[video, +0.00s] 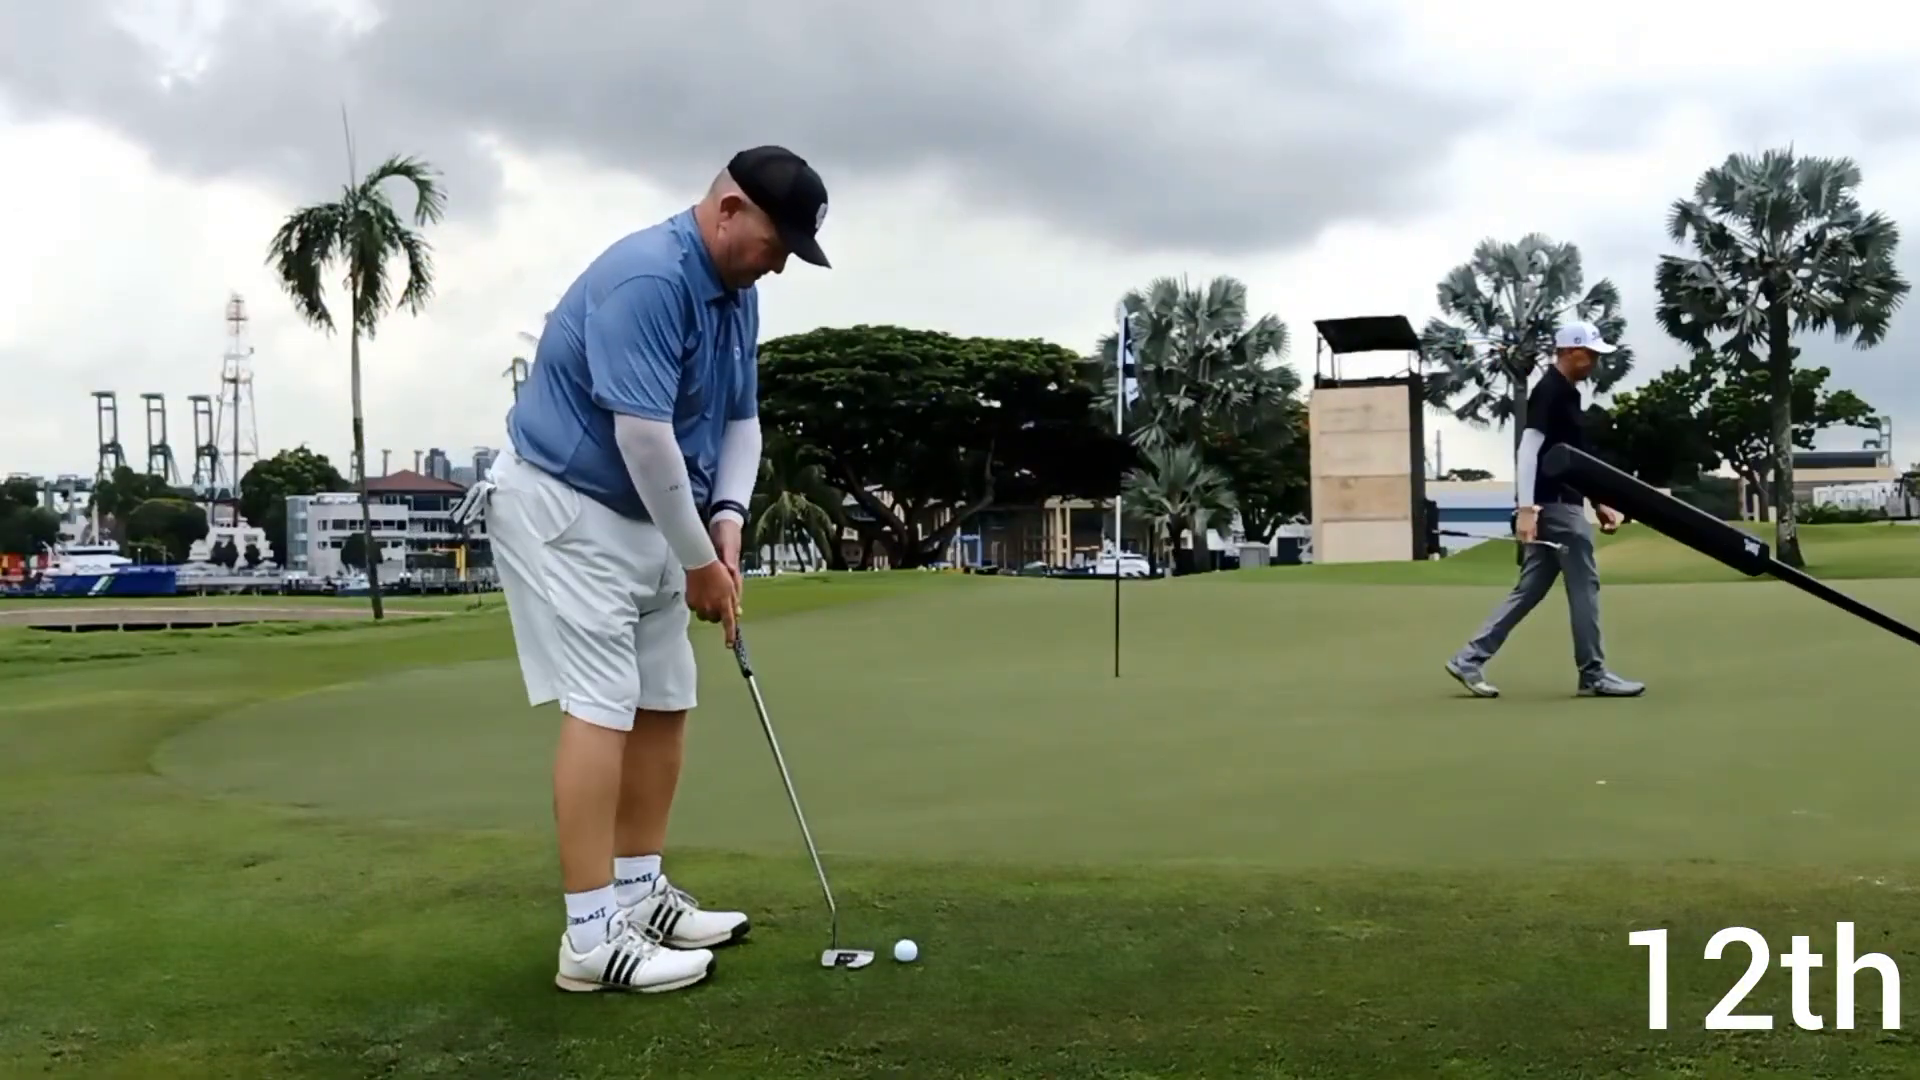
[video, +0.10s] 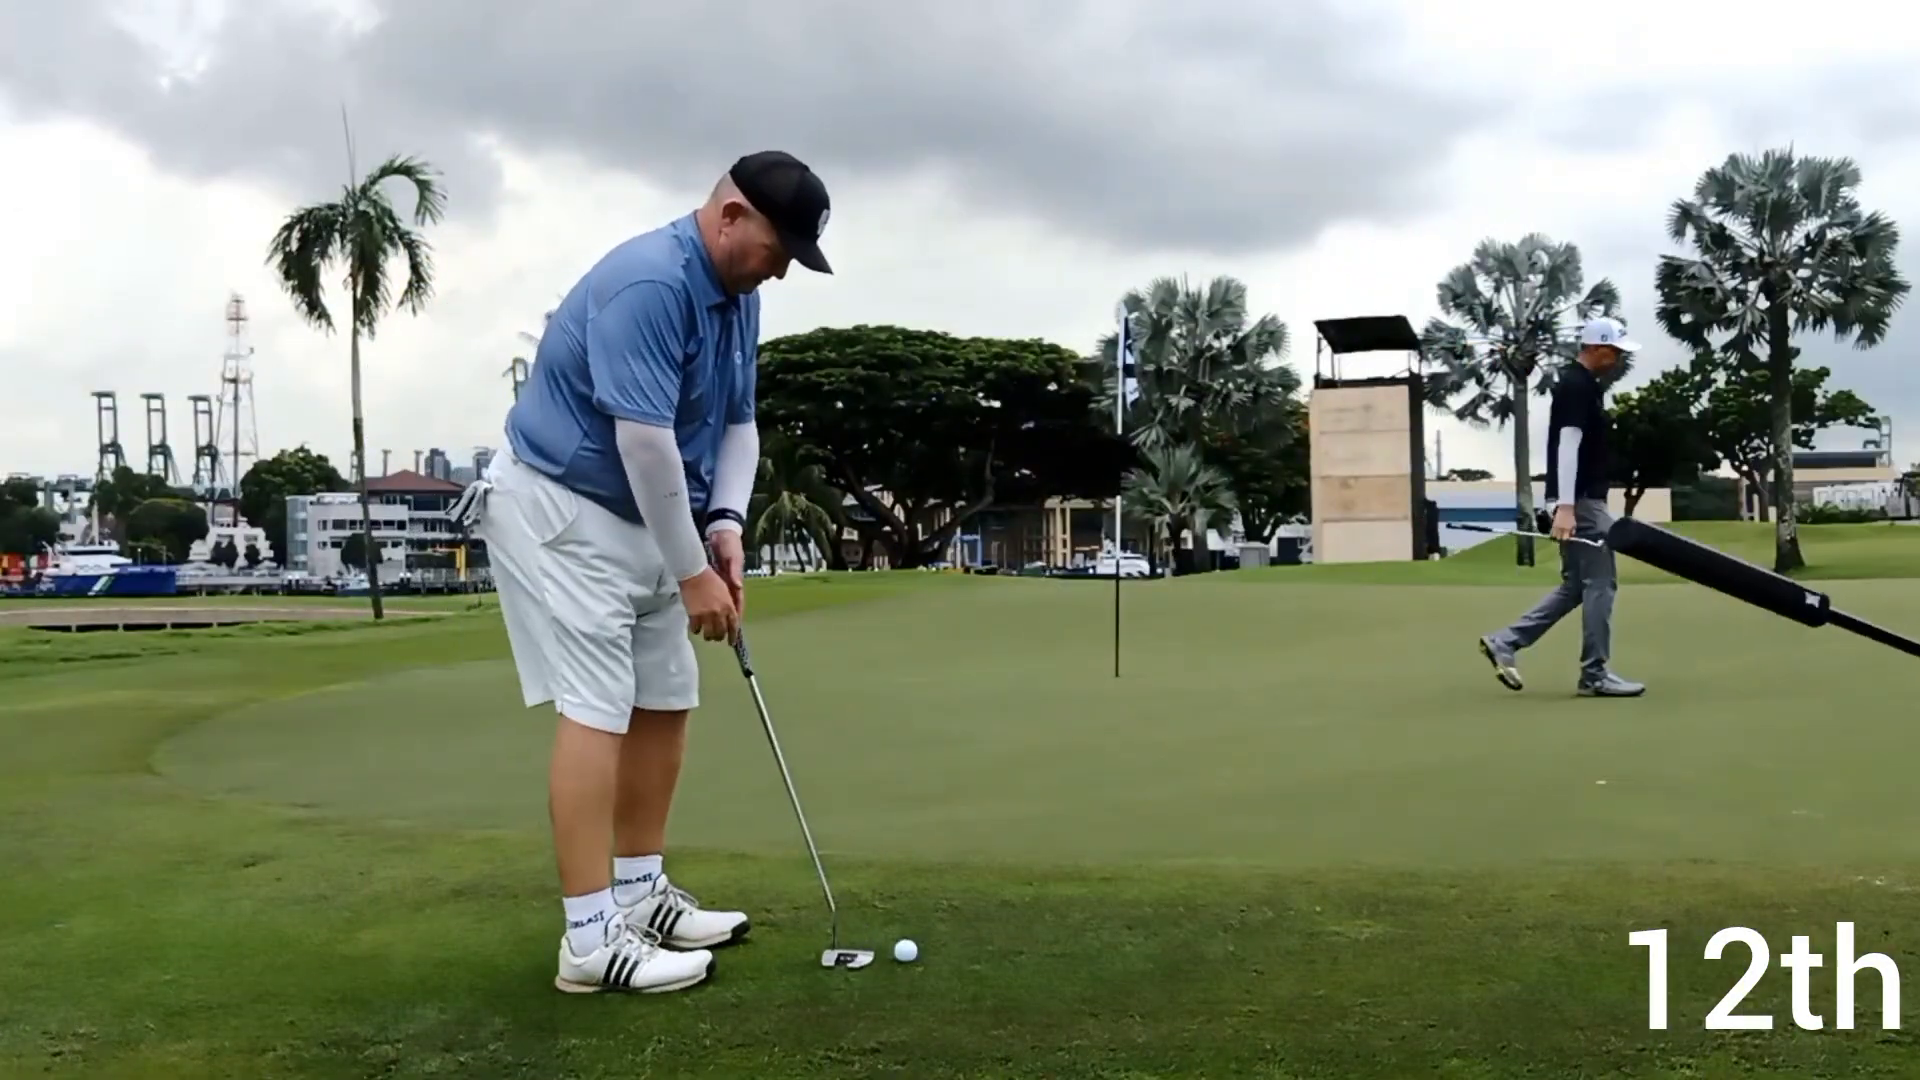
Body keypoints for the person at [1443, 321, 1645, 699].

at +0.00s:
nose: (1593, 363)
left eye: (1595, 356)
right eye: (1588, 355)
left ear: (1579, 356)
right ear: (1568, 352)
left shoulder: (1568, 391)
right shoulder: (1550, 388)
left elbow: (1575, 454)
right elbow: (1529, 448)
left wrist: (1599, 502)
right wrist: (1527, 508)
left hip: (1556, 507)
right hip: (1560, 507)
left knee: (1530, 590)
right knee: (1585, 586)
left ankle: (1468, 660)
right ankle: (1592, 673)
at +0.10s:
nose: (1617, 360)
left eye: (1618, 353)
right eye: (1614, 353)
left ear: (1595, 350)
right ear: (1596, 350)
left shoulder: (1581, 383)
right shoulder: (1578, 385)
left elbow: (1575, 449)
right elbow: (1568, 447)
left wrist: (1590, 507)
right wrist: (1565, 506)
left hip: (1579, 502)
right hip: (1584, 504)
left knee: (1575, 586)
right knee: (1600, 585)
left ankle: (1505, 642)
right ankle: (1595, 672)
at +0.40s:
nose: (1679, 359)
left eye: (1681, 352)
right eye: (1677, 351)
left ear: (1650, 346)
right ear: (1656, 344)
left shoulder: (1616, 379)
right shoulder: (1647, 380)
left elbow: (1595, 440)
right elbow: (1654, 438)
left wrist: (1576, 492)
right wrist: (1688, 490)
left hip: (1641, 502)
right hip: (1642, 503)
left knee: (1676, 576)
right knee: (1623, 588)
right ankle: (1597, 670)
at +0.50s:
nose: (1699, 363)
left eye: (1701, 356)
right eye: (1697, 354)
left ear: (1670, 350)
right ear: (1678, 349)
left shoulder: (1641, 386)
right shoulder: (1669, 384)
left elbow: (1615, 445)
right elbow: (1680, 441)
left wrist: (1592, 496)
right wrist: (1718, 489)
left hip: (1658, 507)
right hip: (1662, 508)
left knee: (1695, 586)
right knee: (1638, 588)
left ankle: (1732, 665)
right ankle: (1599, 666)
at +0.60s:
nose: (1722, 361)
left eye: (1723, 355)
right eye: (1719, 354)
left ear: (1693, 349)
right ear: (1703, 348)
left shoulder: (1660, 389)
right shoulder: (1694, 384)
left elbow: (1641, 452)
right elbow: (1704, 441)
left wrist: (1621, 505)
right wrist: (1739, 489)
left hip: (1682, 507)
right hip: (1692, 508)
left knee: (1717, 587)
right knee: (1665, 586)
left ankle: (1739, 668)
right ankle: (1611, 659)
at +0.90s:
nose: (1778, 355)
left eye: (1779, 348)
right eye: (1776, 347)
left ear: (1748, 342)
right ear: (1760, 341)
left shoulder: (1721, 379)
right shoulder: (1752, 377)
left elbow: (1724, 444)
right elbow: (1756, 437)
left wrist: (1728, 498)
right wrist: (1772, 491)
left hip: (1732, 496)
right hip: (1760, 493)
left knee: (1737, 583)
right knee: (1798, 564)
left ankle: (1740, 666)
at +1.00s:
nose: (1799, 356)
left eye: (1801, 350)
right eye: (1798, 349)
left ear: (1774, 341)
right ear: (1782, 341)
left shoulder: (1744, 375)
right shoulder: (1772, 378)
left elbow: (1764, 447)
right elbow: (1773, 440)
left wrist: (1805, 488)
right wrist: (1784, 496)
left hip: (1750, 496)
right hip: (1780, 495)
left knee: (1746, 582)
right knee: (1823, 566)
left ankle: (1739, 667)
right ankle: (1824, 661)